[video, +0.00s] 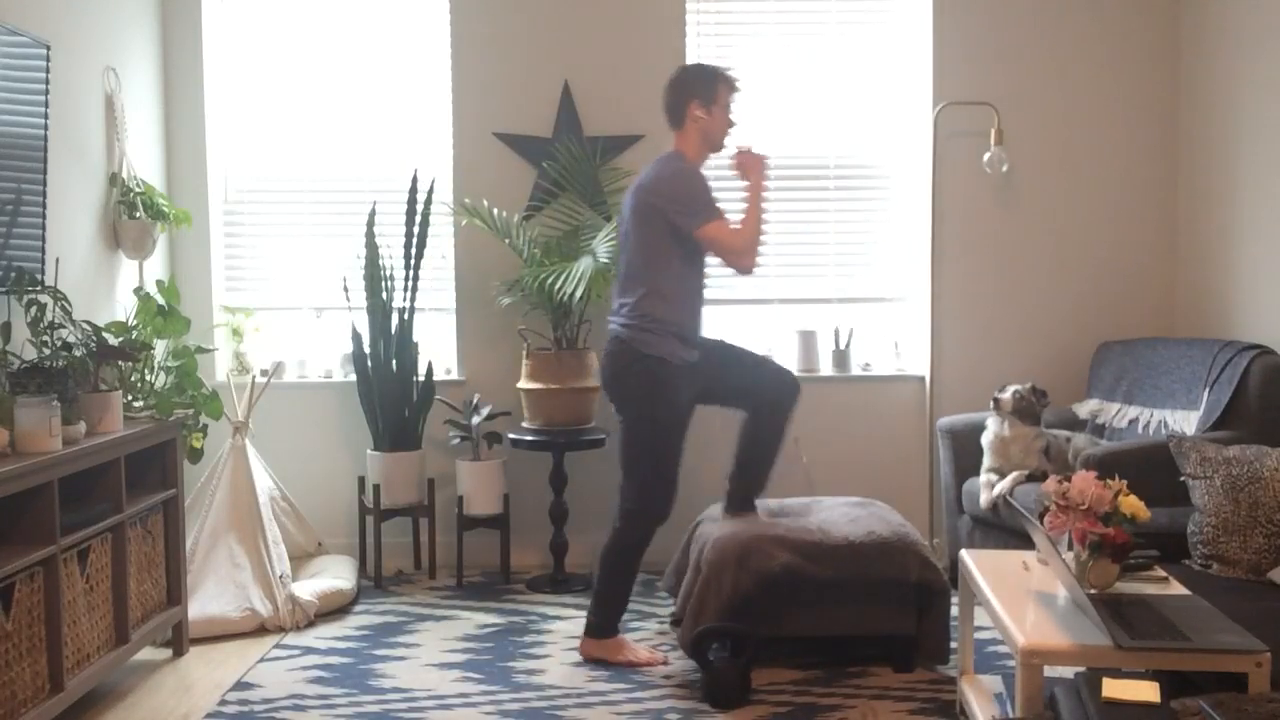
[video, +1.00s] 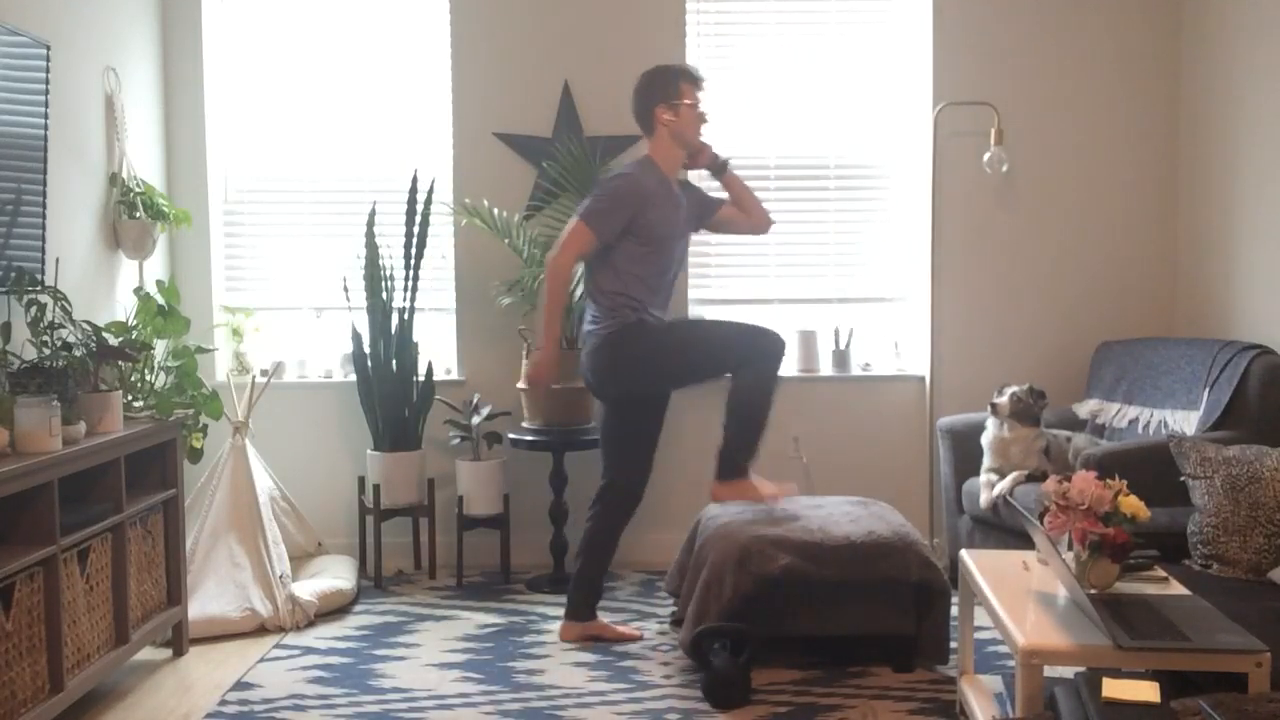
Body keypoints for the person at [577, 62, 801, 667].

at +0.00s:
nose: (731, 122)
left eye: (731, 111)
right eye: (726, 111)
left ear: (690, 114)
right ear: (696, 113)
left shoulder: (674, 178)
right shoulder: (671, 177)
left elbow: (738, 258)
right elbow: (742, 253)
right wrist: (756, 185)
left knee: (778, 387)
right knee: (646, 504)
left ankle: (739, 516)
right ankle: (600, 636)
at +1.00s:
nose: (704, 118)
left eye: (702, 107)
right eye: (695, 107)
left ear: (669, 118)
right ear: (662, 116)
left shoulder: (684, 196)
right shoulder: (629, 184)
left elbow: (757, 221)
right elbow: (561, 259)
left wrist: (713, 163)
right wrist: (548, 347)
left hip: (634, 347)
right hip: (620, 345)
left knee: (621, 489)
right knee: (762, 346)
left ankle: (579, 617)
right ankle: (733, 477)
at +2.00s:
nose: (777, 7)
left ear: (728, 8)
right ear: (741, 3)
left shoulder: (700, 69)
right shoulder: (738, 61)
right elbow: (786, 154)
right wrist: (842, 113)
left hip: (724, 242)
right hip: (726, 250)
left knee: (843, 271)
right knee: (752, 394)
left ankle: (772, 368)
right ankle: (731, 536)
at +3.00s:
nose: (679, 105)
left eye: (677, 95)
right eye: (670, 95)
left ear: (640, 103)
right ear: (638, 101)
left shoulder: (631, 172)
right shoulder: (621, 172)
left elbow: (627, 278)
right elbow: (603, 277)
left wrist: (685, 286)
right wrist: (640, 362)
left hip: (628, 348)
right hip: (618, 352)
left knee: (631, 496)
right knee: (633, 499)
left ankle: (605, 617)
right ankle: (581, 627)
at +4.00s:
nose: (779, 42)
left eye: (776, 31)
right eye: (771, 30)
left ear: (738, 39)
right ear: (742, 36)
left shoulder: (736, 110)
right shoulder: (725, 106)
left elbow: (753, 219)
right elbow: (708, 195)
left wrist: (811, 190)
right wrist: (763, 264)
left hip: (725, 287)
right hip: (706, 287)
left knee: (795, 402)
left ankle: (761, 544)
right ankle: (657, 535)